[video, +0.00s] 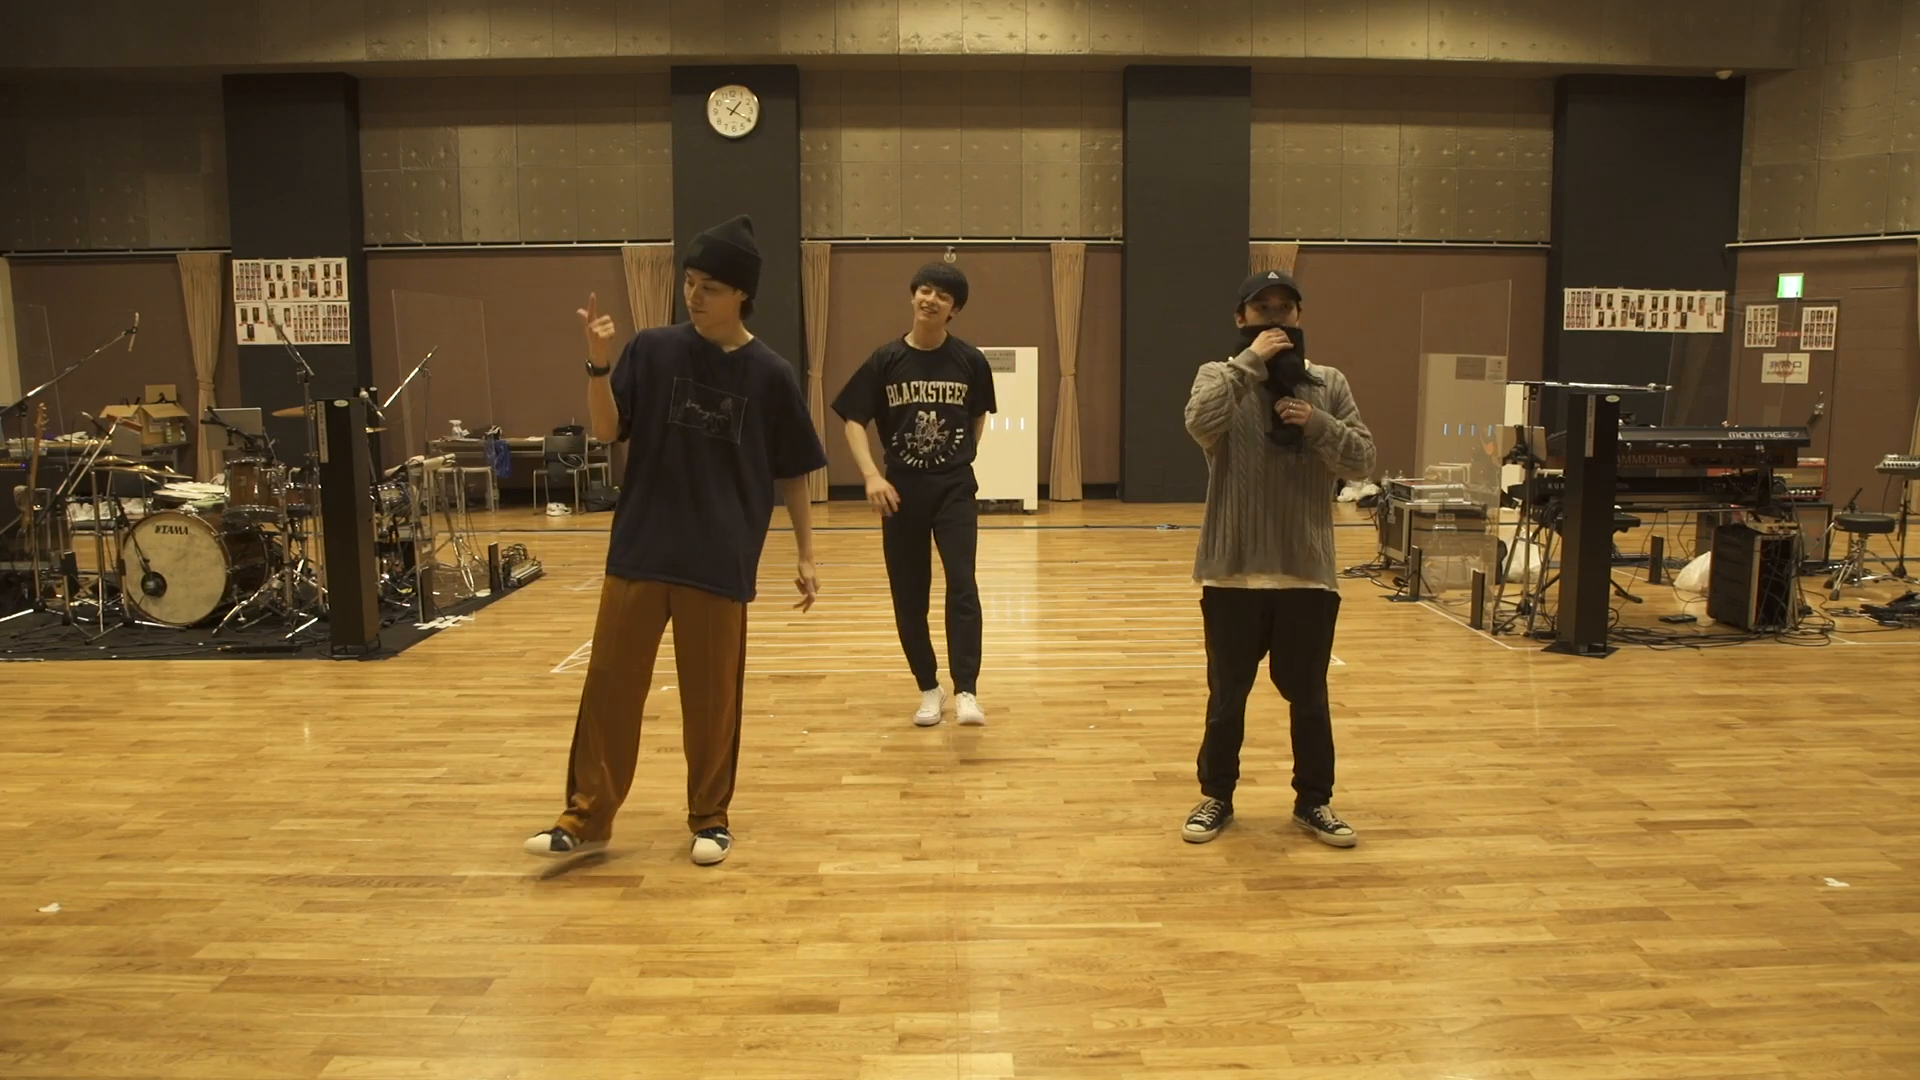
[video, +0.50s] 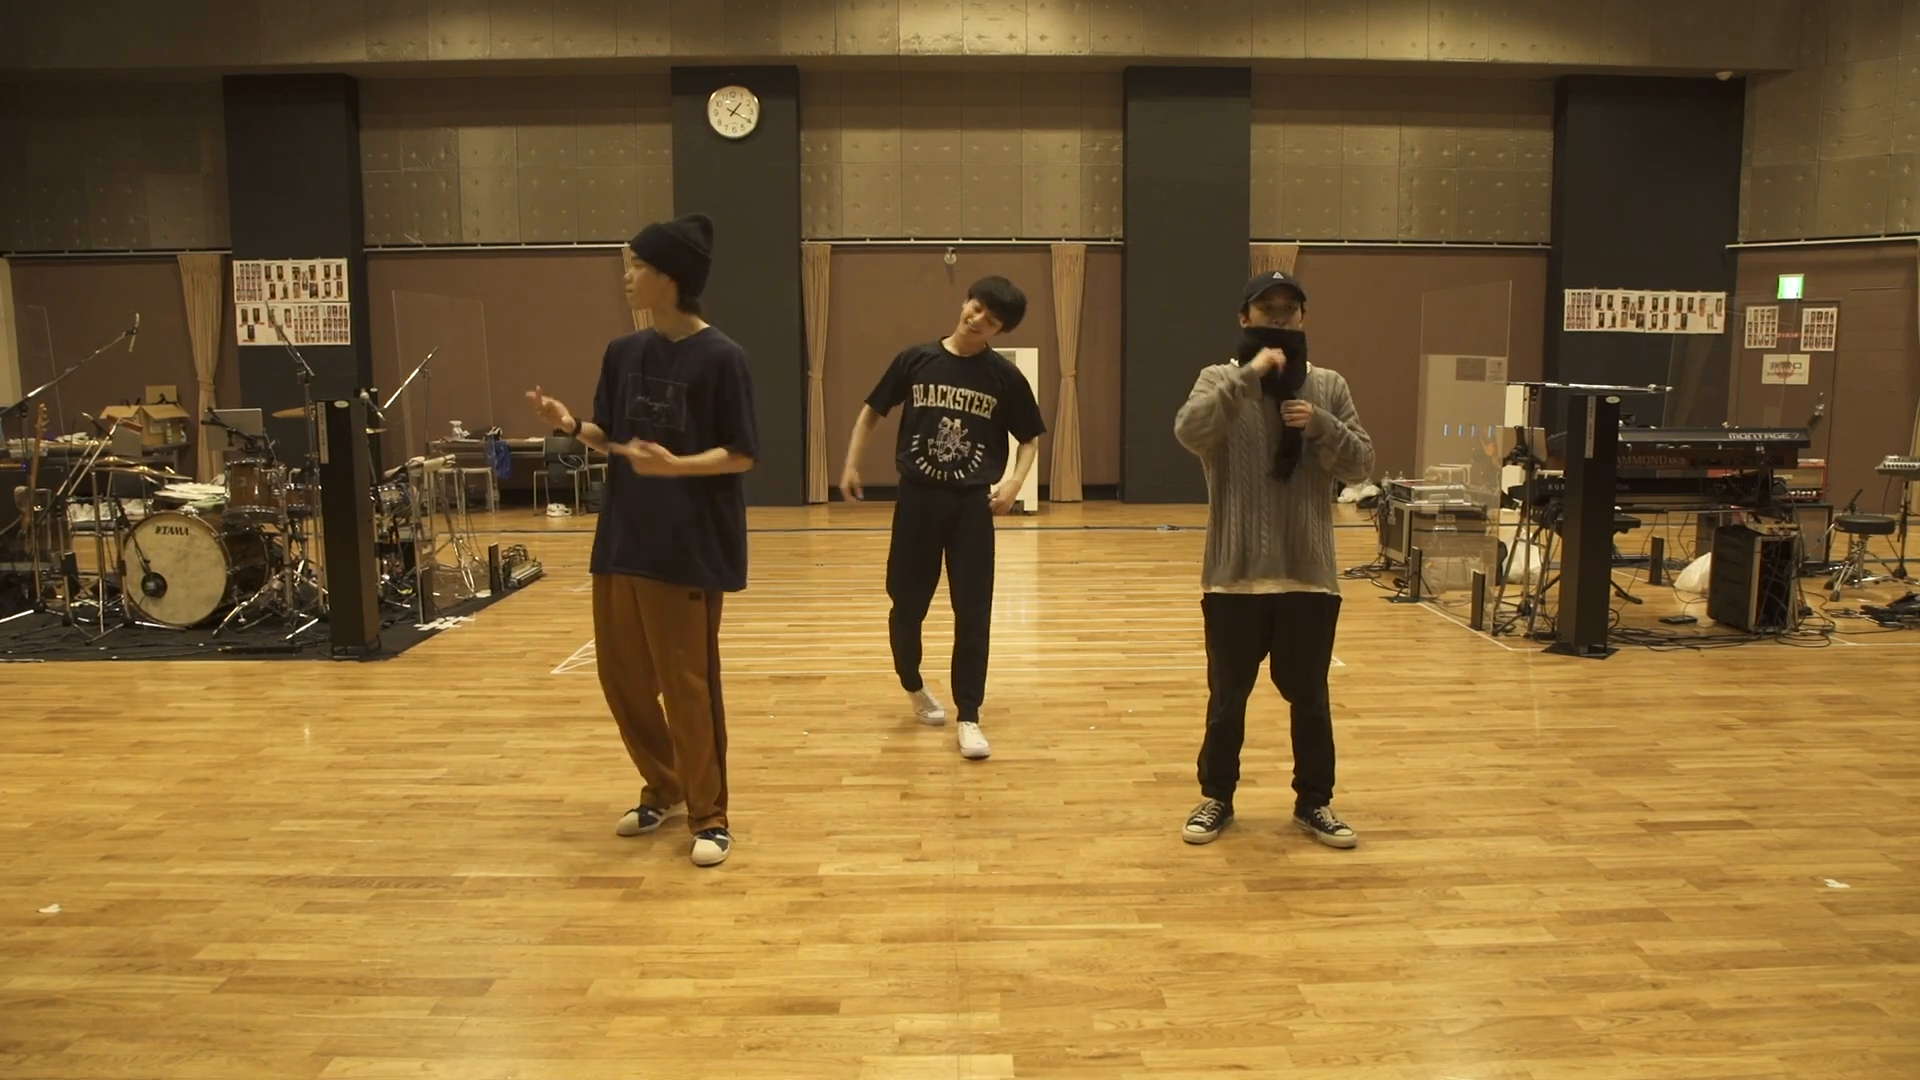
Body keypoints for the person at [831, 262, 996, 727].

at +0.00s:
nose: (930, 299)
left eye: (941, 295)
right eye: (925, 290)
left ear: (955, 307)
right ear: (912, 297)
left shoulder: (971, 362)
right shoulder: (885, 360)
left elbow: (977, 418)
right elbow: (853, 420)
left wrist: (960, 462)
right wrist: (871, 474)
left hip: (955, 490)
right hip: (902, 492)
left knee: (963, 587)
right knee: (908, 595)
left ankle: (966, 691)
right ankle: (929, 690)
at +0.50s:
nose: (978, 320)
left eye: (991, 321)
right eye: (978, 308)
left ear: (1001, 332)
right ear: (965, 302)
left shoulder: (1006, 380)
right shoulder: (914, 361)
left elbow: (1031, 437)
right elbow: (872, 411)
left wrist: (1014, 482)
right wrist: (851, 465)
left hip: (972, 509)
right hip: (917, 504)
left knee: (974, 613)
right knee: (907, 606)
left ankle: (969, 718)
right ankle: (914, 687)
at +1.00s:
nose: (999, 356)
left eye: (1009, 351)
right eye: (996, 346)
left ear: (1017, 346)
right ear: (978, 327)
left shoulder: (1018, 387)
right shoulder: (929, 364)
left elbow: (1021, 453)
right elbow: (890, 417)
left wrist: (993, 507)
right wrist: (898, 480)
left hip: (975, 513)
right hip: (922, 503)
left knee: (974, 621)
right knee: (894, 606)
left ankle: (970, 721)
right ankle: (881, 703)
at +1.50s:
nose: (930, 350)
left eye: (939, 343)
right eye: (925, 340)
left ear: (952, 340)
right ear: (911, 331)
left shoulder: (969, 380)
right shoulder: (885, 379)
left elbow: (978, 445)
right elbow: (875, 447)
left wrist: (965, 503)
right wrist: (883, 503)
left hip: (951, 507)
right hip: (899, 508)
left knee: (961, 606)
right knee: (906, 603)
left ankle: (971, 705)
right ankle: (926, 688)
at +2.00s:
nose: (873, 312)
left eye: (880, 303)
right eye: (864, 307)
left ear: (898, 309)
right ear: (856, 318)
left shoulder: (929, 355)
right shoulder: (865, 378)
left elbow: (971, 412)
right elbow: (861, 433)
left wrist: (961, 474)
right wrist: (844, 453)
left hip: (939, 489)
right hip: (894, 496)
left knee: (965, 578)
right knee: (904, 586)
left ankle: (1000, 656)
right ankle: (918, 683)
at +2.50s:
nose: (901, 320)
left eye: (909, 312)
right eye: (894, 312)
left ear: (924, 315)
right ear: (881, 316)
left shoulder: (949, 363)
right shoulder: (869, 364)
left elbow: (973, 424)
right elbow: (873, 398)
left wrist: (969, 476)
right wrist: (888, 334)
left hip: (952, 490)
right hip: (901, 496)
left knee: (985, 583)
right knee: (910, 593)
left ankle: (1016, 676)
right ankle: (919, 685)